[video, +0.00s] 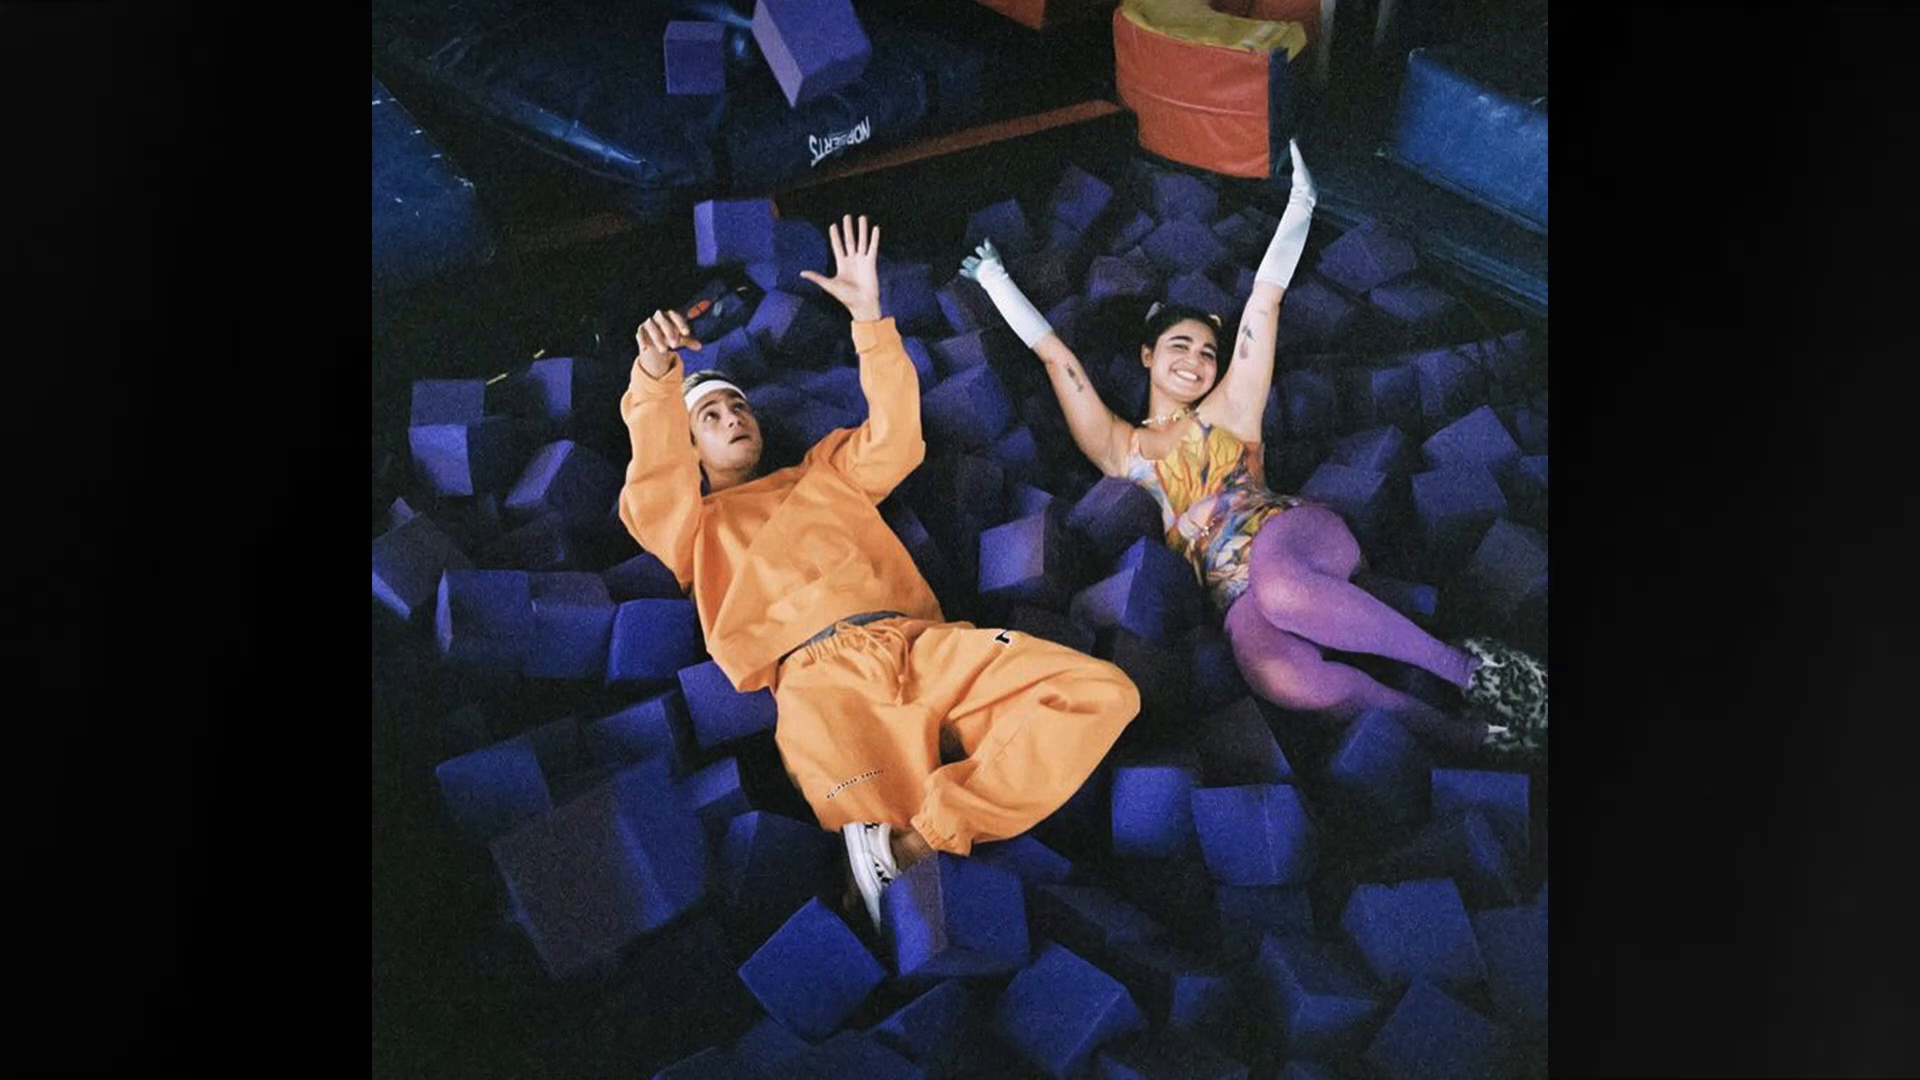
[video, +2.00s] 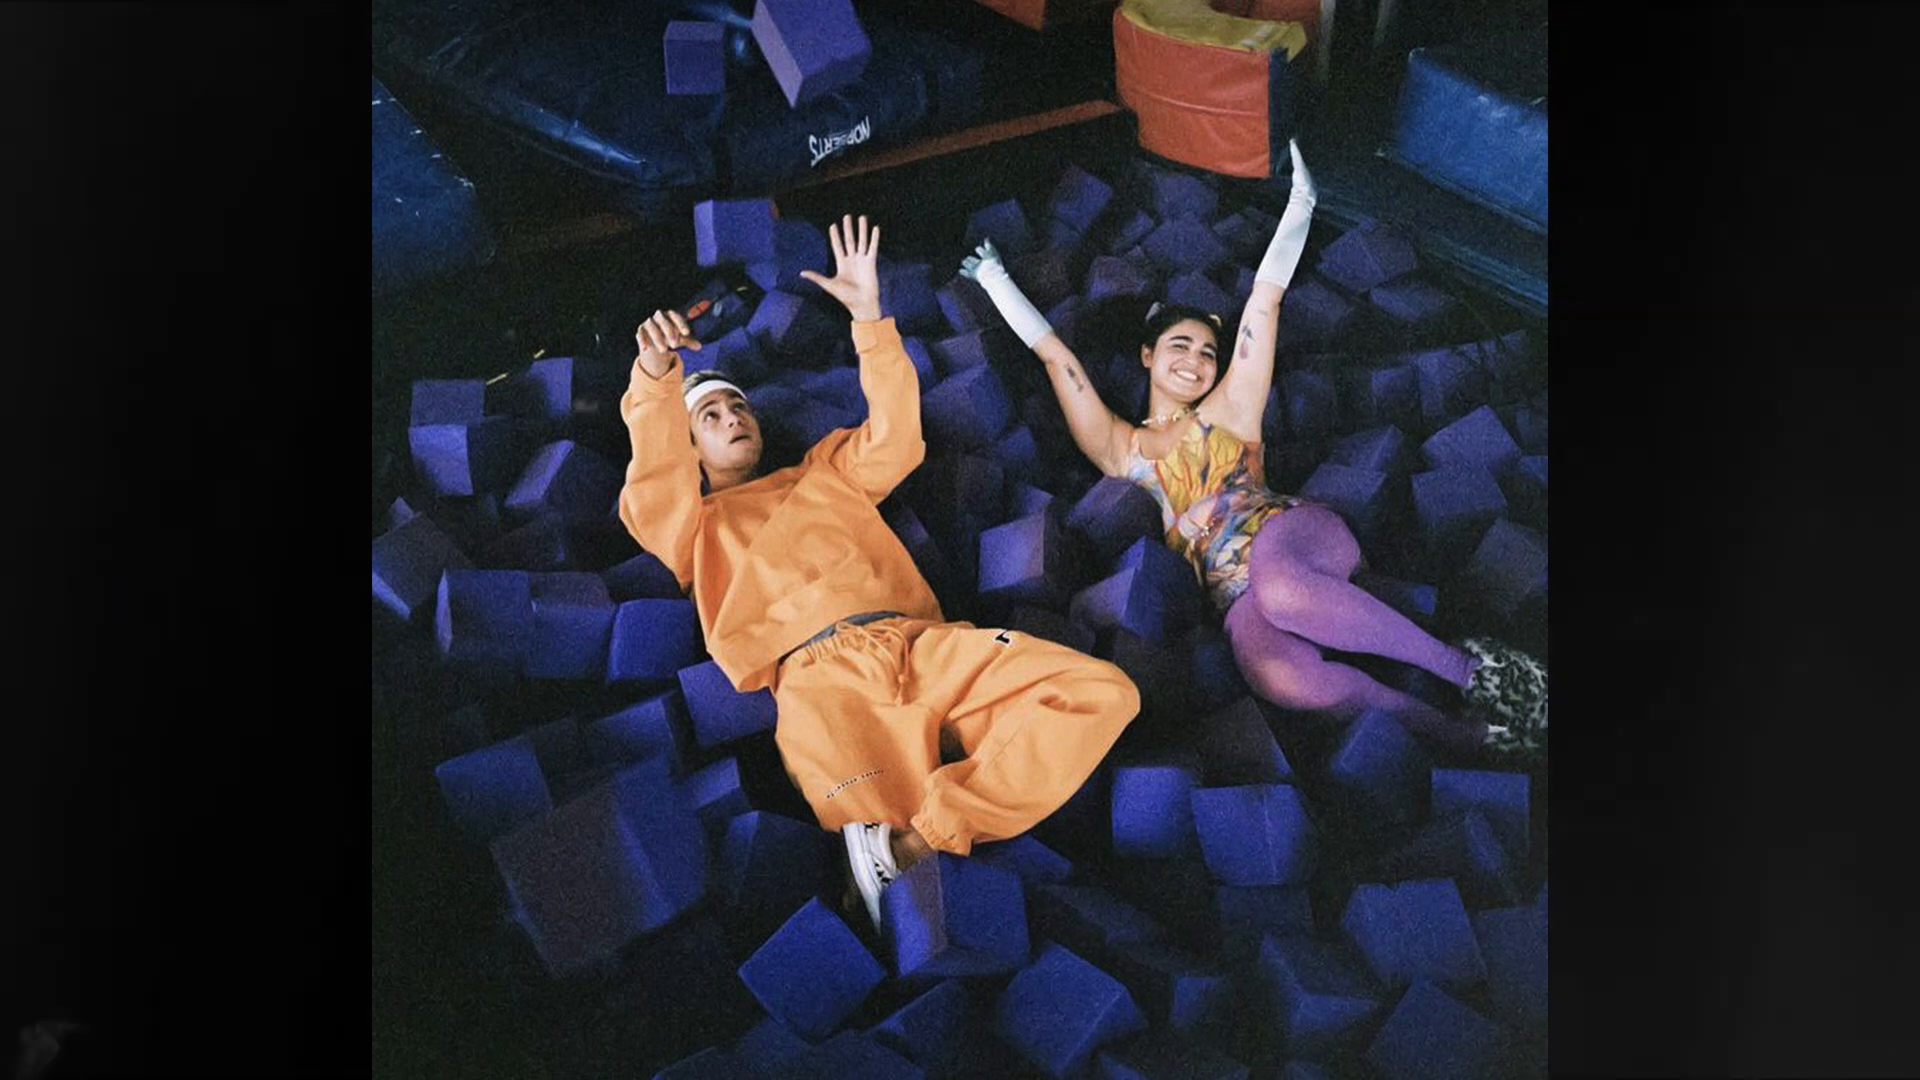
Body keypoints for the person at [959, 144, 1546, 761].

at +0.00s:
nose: (1191, 360)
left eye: (1205, 354)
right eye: (1176, 346)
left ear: (1216, 371)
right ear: (1145, 358)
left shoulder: (1230, 411)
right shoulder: (1122, 449)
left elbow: (1264, 305)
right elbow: (1058, 360)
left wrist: (1298, 209)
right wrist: (992, 278)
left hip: (1288, 530)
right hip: (1238, 596)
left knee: (1279, 593)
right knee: (1289, 681)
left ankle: (1472, 671)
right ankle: (1463, 735)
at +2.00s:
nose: (1190, 359)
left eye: (1204, 353)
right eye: (1176, 346)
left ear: (1216, 370)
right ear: (1145, 358)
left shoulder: (1230, 411)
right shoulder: (1123, 449)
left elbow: (1264, 304)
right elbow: (1057, 359)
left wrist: (1298, 209)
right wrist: (992, 277)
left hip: (1289, 532)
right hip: (1239, 597)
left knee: (1279, 593)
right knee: (1285, 680)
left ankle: (1471, 671)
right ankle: (1458, 730)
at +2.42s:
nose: (1191, 359)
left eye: (1204, 353)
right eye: (1176, 346)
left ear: (1216, 370)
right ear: (1145, 358)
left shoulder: (1230, 411)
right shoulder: (1123, 449)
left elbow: (1264, 304)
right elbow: (1057, 359)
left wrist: (1298, 209)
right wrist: (992, 277)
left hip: (1289, 532)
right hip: (1239, 597)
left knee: (1279, 593)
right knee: (1285, 679)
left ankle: (1471, 670)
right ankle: (1458, 730)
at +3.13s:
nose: (1191, 359)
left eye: (1205, 353)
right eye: (1176, 346)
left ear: (1217, 370)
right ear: (1145, 358)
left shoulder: (1230, 411)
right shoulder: (1122, 448)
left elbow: (1264, 304)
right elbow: (1057, 359)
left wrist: (1298, 209)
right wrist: (993, 278)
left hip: (1289, 532)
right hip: (1239, 597)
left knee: (1278, 592)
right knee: (1286, 680)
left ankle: (1470, 669)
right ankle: (1461, 733)